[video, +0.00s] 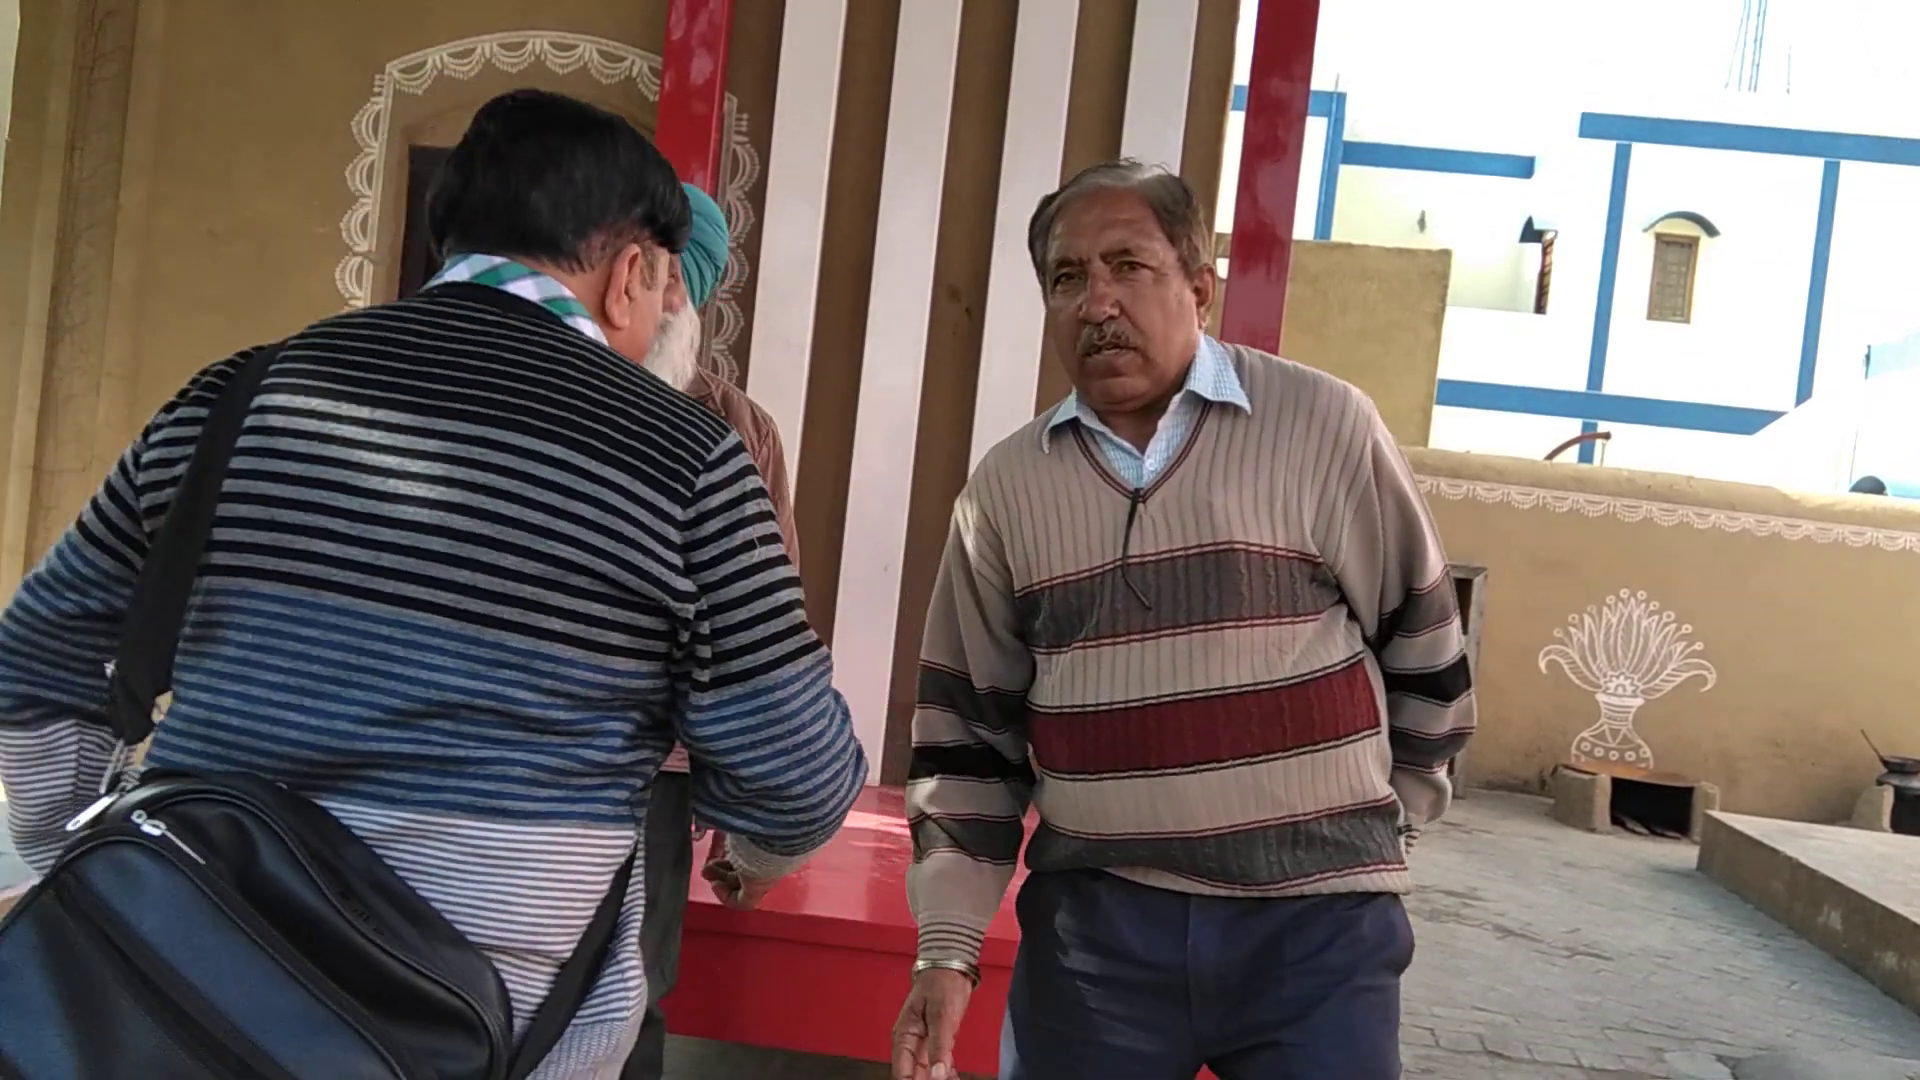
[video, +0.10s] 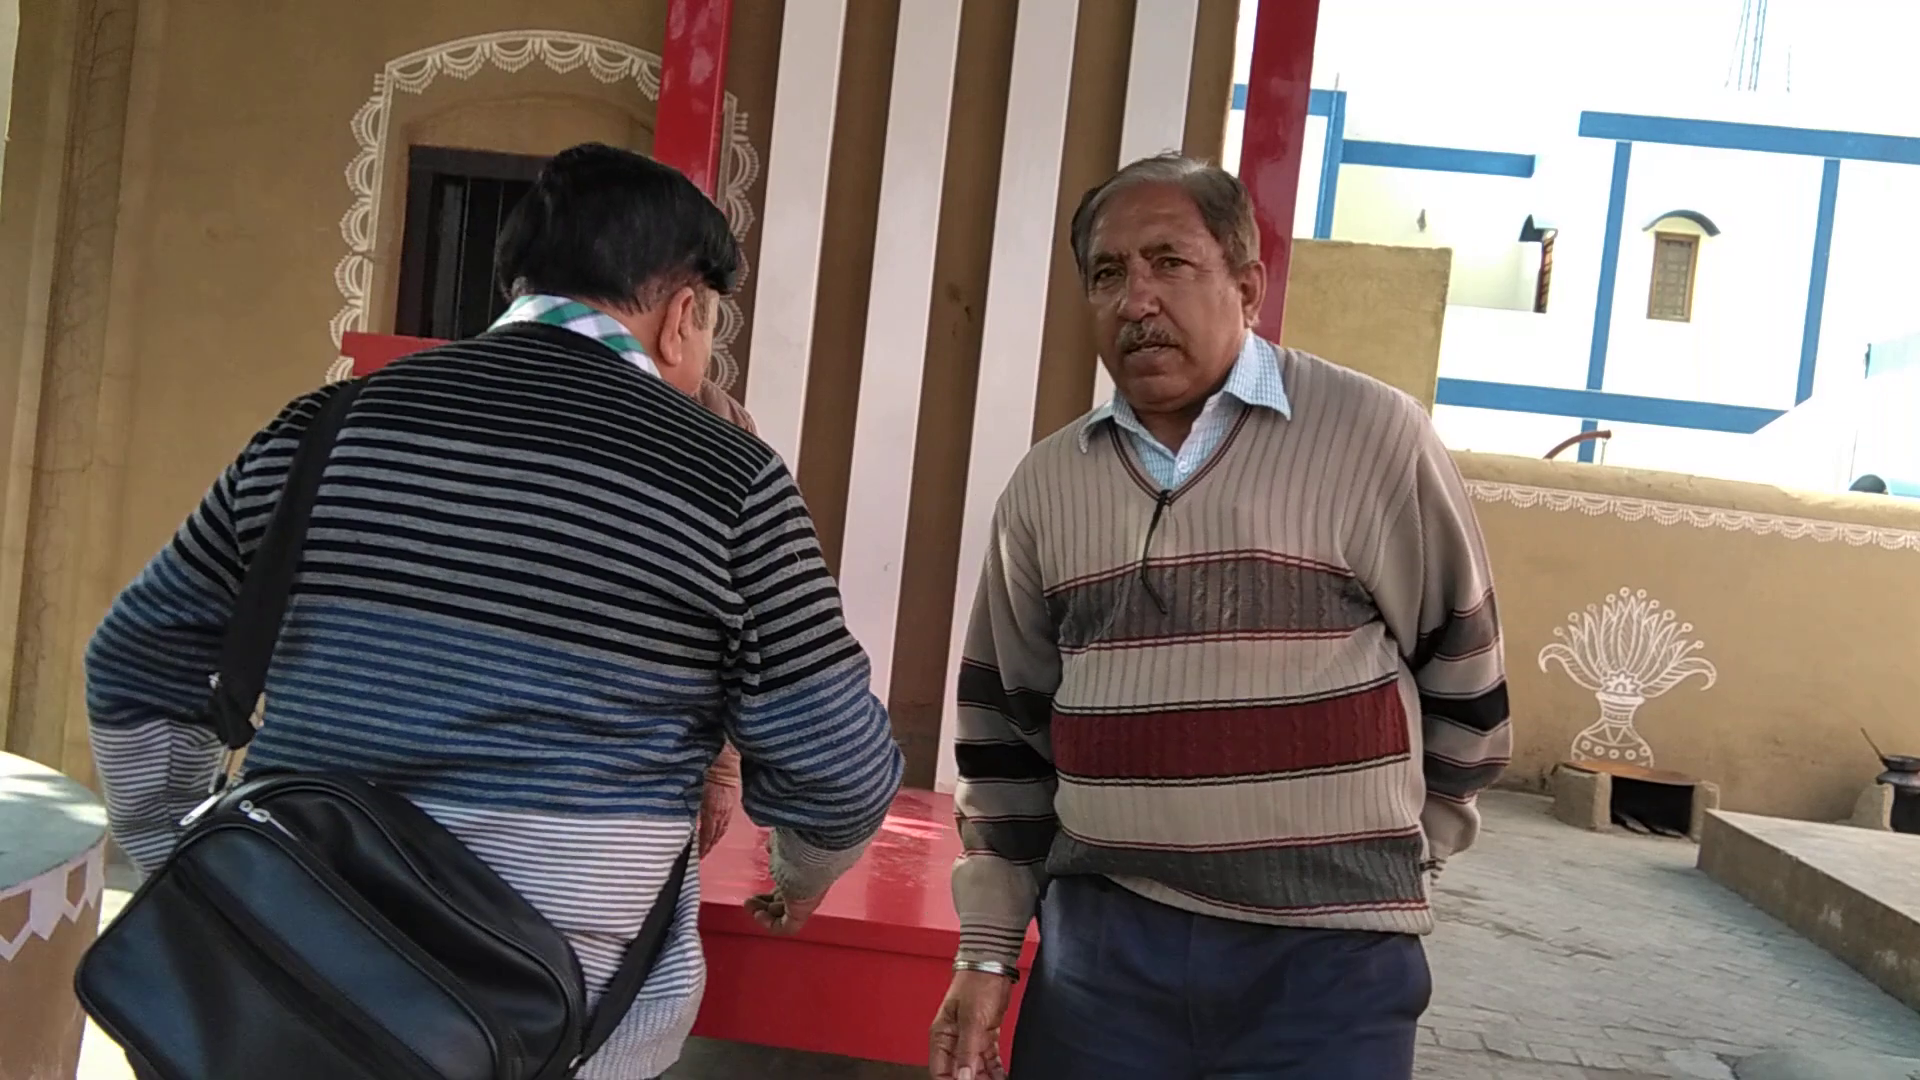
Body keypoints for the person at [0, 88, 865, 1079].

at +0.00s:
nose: (671, 327)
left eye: (681, 297)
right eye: (675, 291)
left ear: (457, 240)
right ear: (627, 267)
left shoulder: (242, 388)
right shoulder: (680, 452)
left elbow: (42, 647)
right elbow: (801, 786)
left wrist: (54, 882)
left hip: (194, 982)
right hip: (506, 1022)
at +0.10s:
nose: (714, 363)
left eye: (718, 332)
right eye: (716, 330)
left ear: (522, 288)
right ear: (678, 312)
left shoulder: (331, 420)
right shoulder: (728, 475)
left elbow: (136, 658)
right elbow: (846, 778)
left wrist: (203, 887)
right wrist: (793, 874)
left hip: (308, 947)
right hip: (576, 987)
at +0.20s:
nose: (746, 373)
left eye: (750, 343)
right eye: (749, 341)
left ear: (567, 309)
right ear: (713, 329)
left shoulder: (412, 434)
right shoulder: (760, 478)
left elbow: (241, 664)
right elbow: (875, 749)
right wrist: (858, 895)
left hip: (398, 931)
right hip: (632, 966)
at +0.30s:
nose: (781, 364)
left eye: (787, 341)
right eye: (784, 339)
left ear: (616, 309)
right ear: (751, 331)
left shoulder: (475, 438)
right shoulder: (797, 465)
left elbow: (352, 656)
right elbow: (899, 715)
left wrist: (427, 812)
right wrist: (911, 903)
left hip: (460, 916)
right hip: (680, 951)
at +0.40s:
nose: (835, 356)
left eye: (838, 334)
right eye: (839, 334)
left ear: (688, 309)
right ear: (811, 328)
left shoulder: (556, 432)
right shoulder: (844, 453)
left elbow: (503, 648)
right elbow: (931, 686)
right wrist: (957, 893)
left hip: (542, 868)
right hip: (744, 905)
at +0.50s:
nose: (885, 381)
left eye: (889, 359)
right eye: (887, 359)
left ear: (740, 334)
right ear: (856, 351)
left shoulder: (626, 440)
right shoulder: (880, 464)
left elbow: (575, 648)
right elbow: (949, 688)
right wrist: (980, 896)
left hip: (596, 869)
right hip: (785, 902)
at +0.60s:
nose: (939, 409)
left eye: (943, 390)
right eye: (939, 388)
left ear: (806, 362)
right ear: (903, 380)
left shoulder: (696, 464)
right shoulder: (928, 493)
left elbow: (643, 660)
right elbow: (972, 714)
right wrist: (995, 916)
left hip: (660, 889)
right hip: (831, 926)